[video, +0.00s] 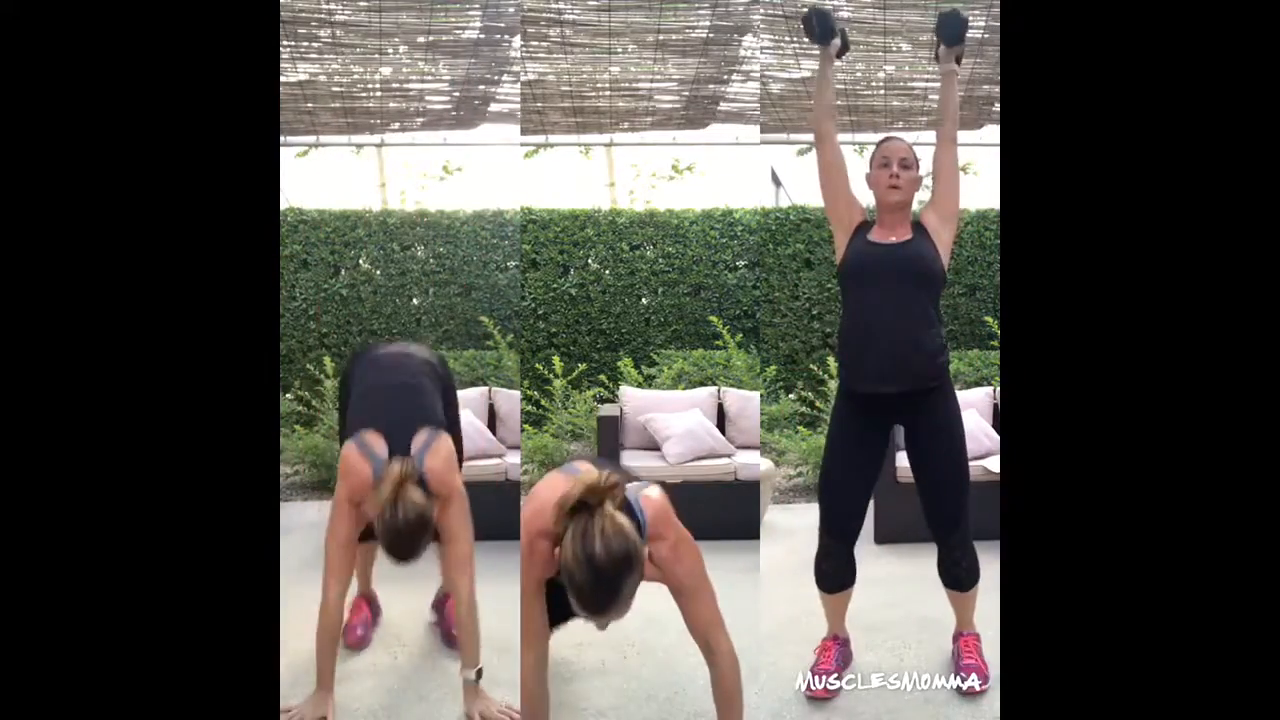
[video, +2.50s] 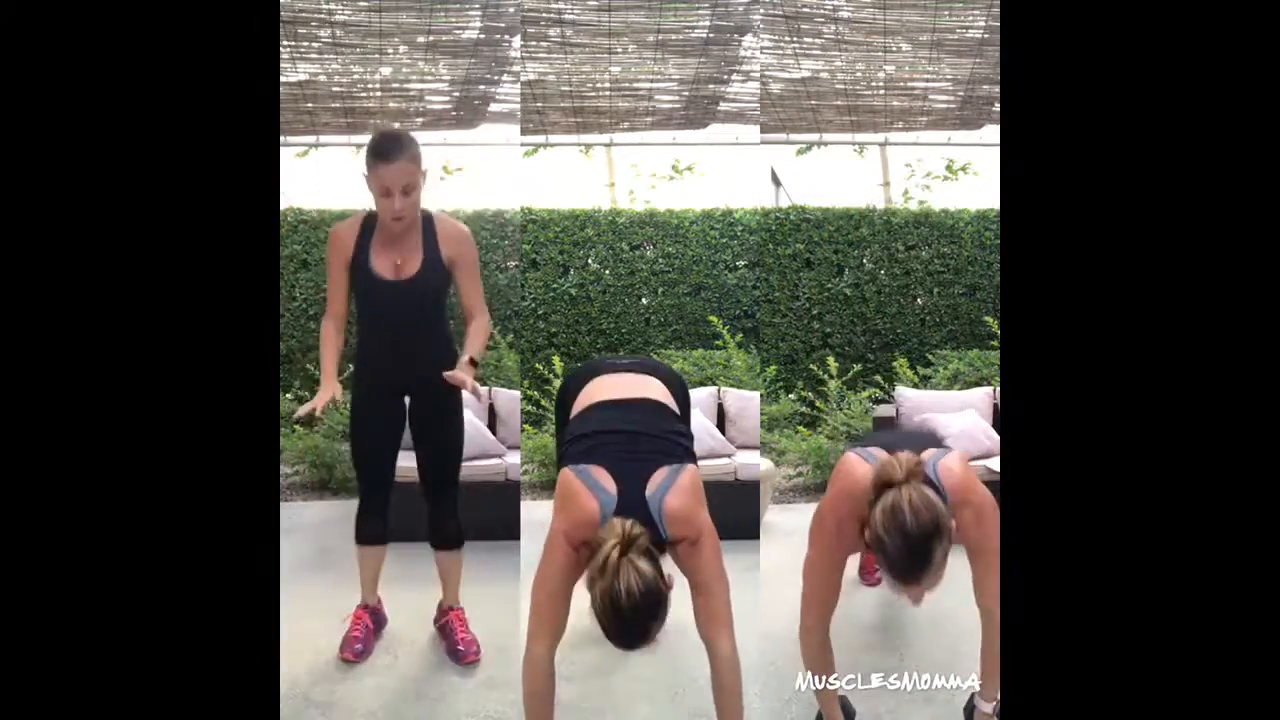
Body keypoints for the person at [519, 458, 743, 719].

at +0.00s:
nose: (601, 627)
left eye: (615, 617)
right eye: (591, 617)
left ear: (642, 561)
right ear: (559, 559)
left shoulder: (663, 524)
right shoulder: (537, 522)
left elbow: (720, 653)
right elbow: (533, 651)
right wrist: (531, 716)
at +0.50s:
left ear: (657, 591)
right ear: (582, 590)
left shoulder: (677, 529)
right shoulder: (553, 531)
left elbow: (714, 649)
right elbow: (534, 658)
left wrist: (729, 716)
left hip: (647, 382)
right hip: (571, 377)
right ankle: (561, 590)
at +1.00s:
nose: (647, 625)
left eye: (661, 608)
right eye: (630, 612)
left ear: (681, 551)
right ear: (599, 561)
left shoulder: (704, 523)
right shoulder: (569, 527)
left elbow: (730, 647)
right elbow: (544, 648)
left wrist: (734, 716)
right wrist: (541, 717)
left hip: (672, 475)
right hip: (598, 474)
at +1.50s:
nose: (646, 636)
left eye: (663, 621)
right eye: (630, 626)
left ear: (682, 563)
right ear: (599, 570)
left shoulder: (708, 530)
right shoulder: (568, 533)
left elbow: (736, 650)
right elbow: (541, 651)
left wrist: (738, 715)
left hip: (674, 477)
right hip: (598, 477)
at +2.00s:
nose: (633, 619)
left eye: (644, 610)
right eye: (622, 610)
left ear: (671, 549)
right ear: (590, 554)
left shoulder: (696, 521)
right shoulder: (566, 518)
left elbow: (725, 644)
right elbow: (539, 651)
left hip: (664, 470)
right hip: (591, 466)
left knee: (671, 624)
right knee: (569, 620)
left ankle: (640, 626)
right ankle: (605, 620)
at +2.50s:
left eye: (646, 637)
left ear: (667, 581)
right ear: (592, 582)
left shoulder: (688, 516)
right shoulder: (572, 521)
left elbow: (721, 644)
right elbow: (539, 649)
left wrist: (731, 715)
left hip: (664, 383)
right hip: (583, 385)